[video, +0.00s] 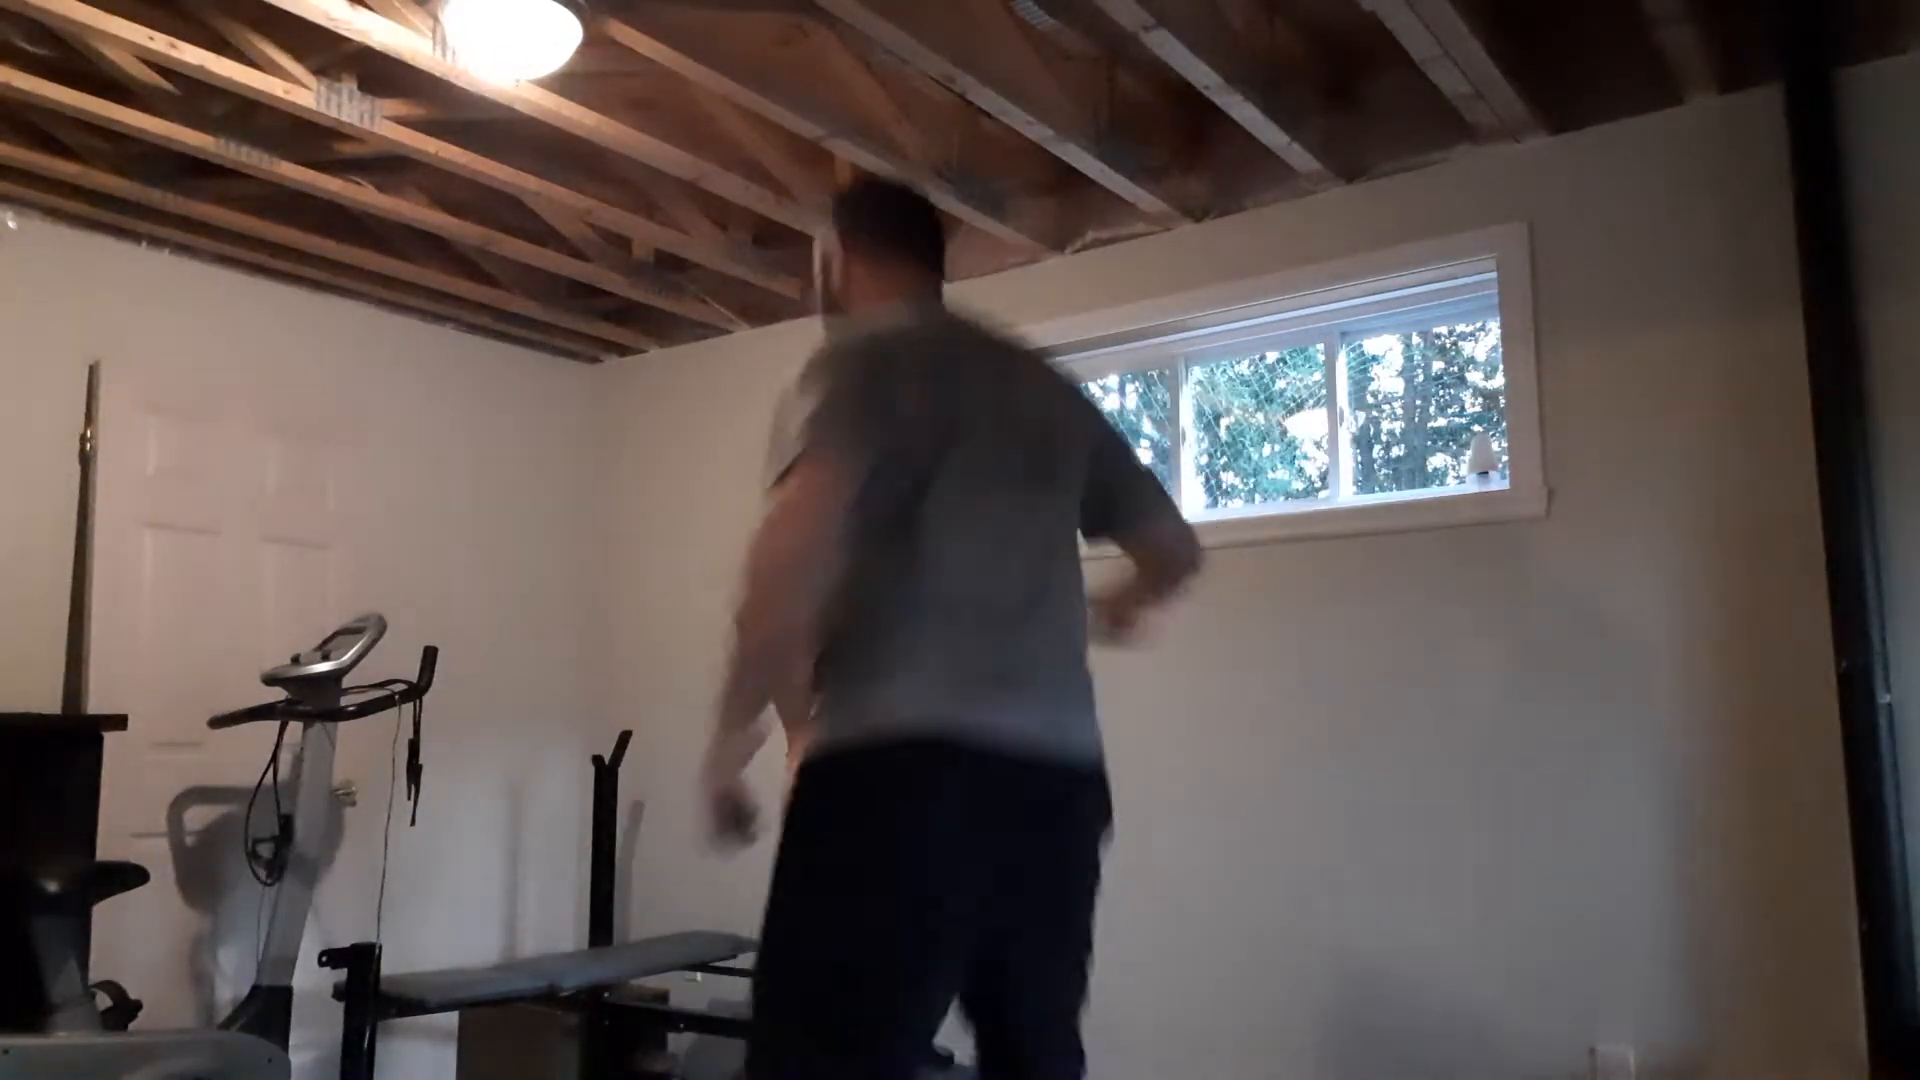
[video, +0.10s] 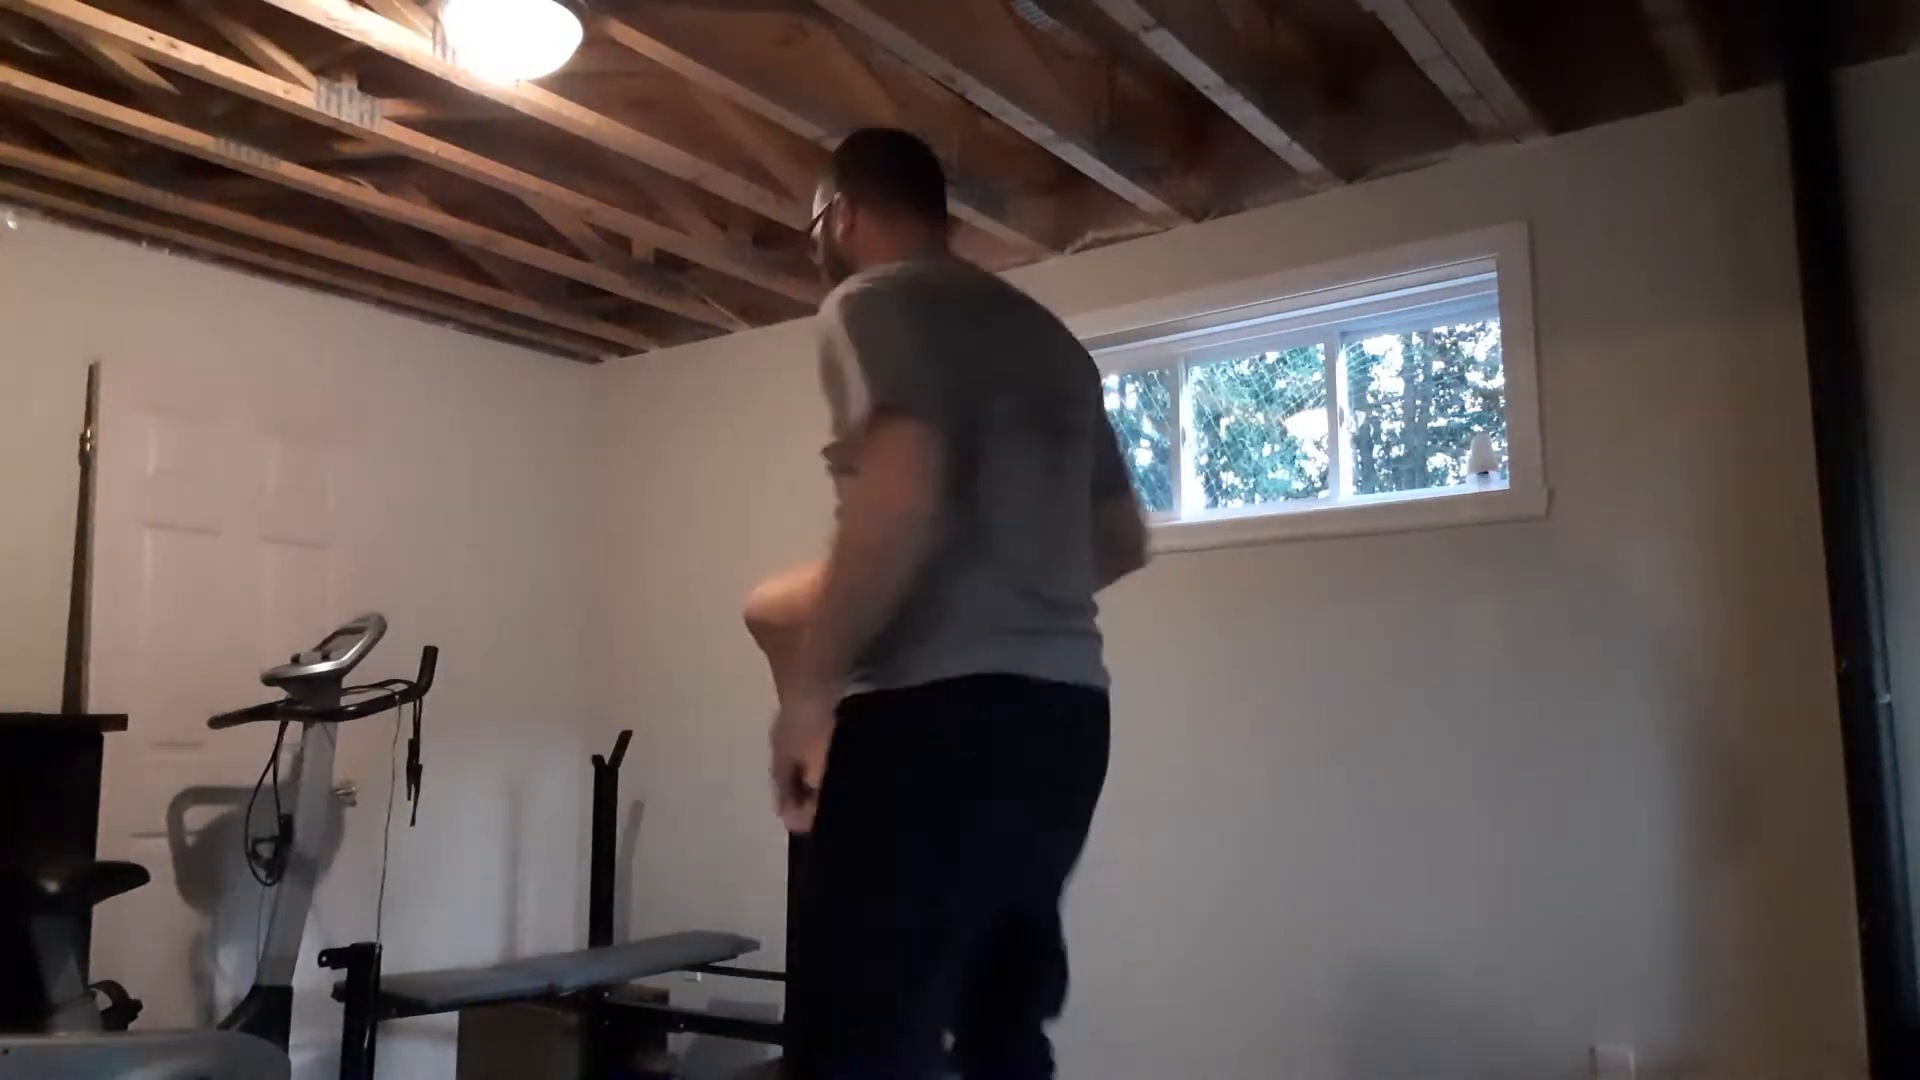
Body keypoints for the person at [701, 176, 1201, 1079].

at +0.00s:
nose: (825, 285)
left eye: (823, 266)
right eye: (825, 269)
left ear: (840, 262)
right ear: (937, 262)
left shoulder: (859, 365)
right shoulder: (1043, 383)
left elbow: (804, 530)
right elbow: (1173, 548)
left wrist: (735, 733)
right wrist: (1119, 606)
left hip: (892, 781)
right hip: (1053, 789)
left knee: (819, 1056)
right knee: (1037, 1056)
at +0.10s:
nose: (820, 246)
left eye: (817, 224)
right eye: (818, 227)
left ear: (841, 213)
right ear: (936, 213)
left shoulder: (870, 301)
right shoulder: (1047, 331)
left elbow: (897, 496)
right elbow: (1121, 538)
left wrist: (810, 686)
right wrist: (986, 594)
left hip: (924, 716)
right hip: (1060, 716)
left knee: (855, 1034)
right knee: (1003, 1022)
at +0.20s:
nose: (831, 268)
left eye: (831, 241)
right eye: (830, 244)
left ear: (861, 236)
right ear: (953, 235)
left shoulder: (931, 342)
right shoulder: (1036, 353)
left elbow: (953, 550)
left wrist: (835, 715)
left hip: (950, 756)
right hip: (1038, 751)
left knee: (893, 1044)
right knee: (965, 1039)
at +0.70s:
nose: (886, 306)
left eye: (886, 284)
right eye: (887, 288)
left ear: (901, 281)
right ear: (1002, 274)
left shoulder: (985, 378)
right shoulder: (1074, 386)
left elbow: (1010, 627)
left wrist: (843, 762)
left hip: (1075, 824)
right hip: (1137, 816)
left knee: (1033, 1062)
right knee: (1103, 1058)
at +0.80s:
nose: (904, 288)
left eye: (907, 266)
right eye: (908, 268)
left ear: (925, 267)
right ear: (1025, 272)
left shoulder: (972, 362)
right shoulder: (1110, 375)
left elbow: (997, 572)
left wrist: (880, 745)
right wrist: (893, 556)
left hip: (1106, 783)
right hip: (1216, 780)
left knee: (990, 1052)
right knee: (1139, 1058)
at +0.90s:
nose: (973, 322)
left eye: (980, 301)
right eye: (983, 302)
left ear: (995, 307)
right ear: (1089, 313)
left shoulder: (983, 416)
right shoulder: (1191, 438)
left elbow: (925, 625)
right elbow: (1264, 645)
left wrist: (866, 814)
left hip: (1081, 819)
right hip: (1244, 826)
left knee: (1024, 1061)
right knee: (1172, 1061)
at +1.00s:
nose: (1106, 328)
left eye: (1111, 313)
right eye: (1122, 312)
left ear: (1111, 323)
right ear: (1206, 333)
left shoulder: (1038, 444)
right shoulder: (1283, 490)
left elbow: (911, 636)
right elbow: (1395, 701)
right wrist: (1474, 928)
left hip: (1042, 859)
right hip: (1216, 882)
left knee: (1011, 1066)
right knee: (1181, 1067)